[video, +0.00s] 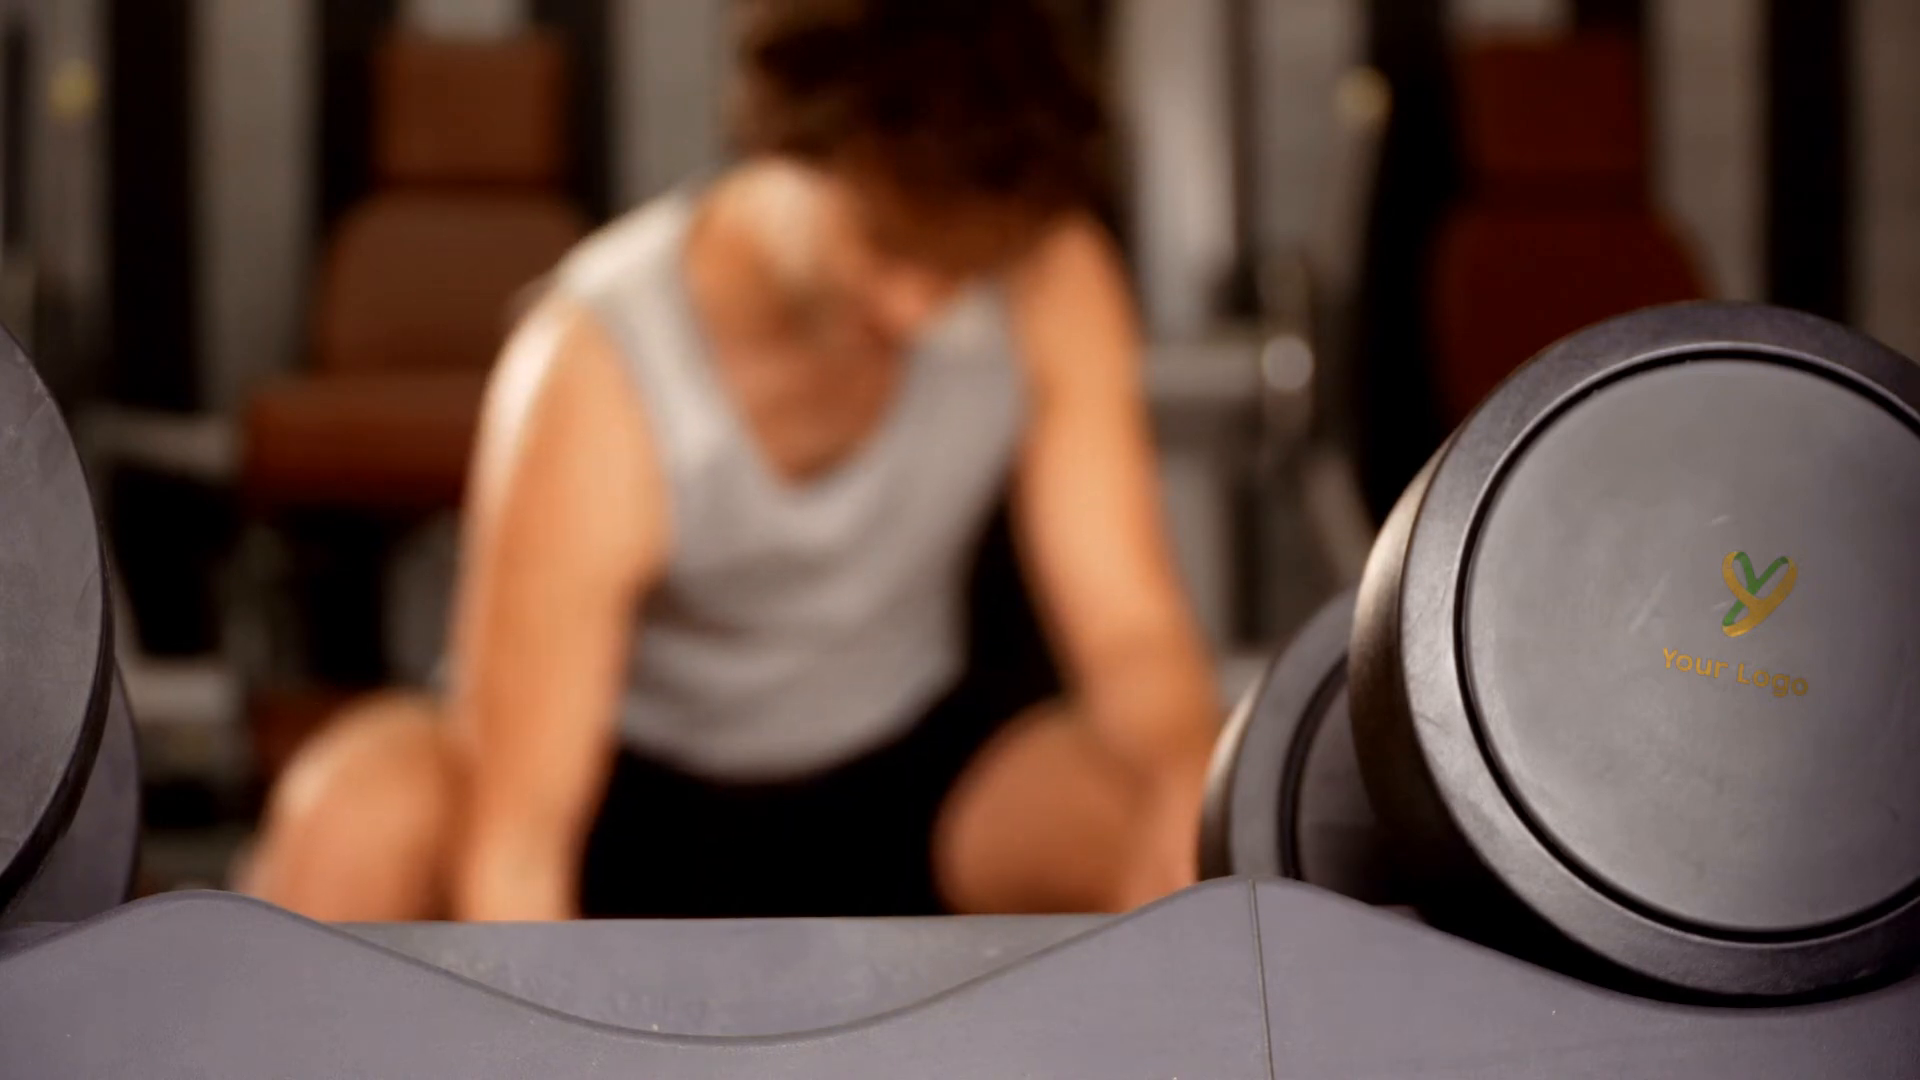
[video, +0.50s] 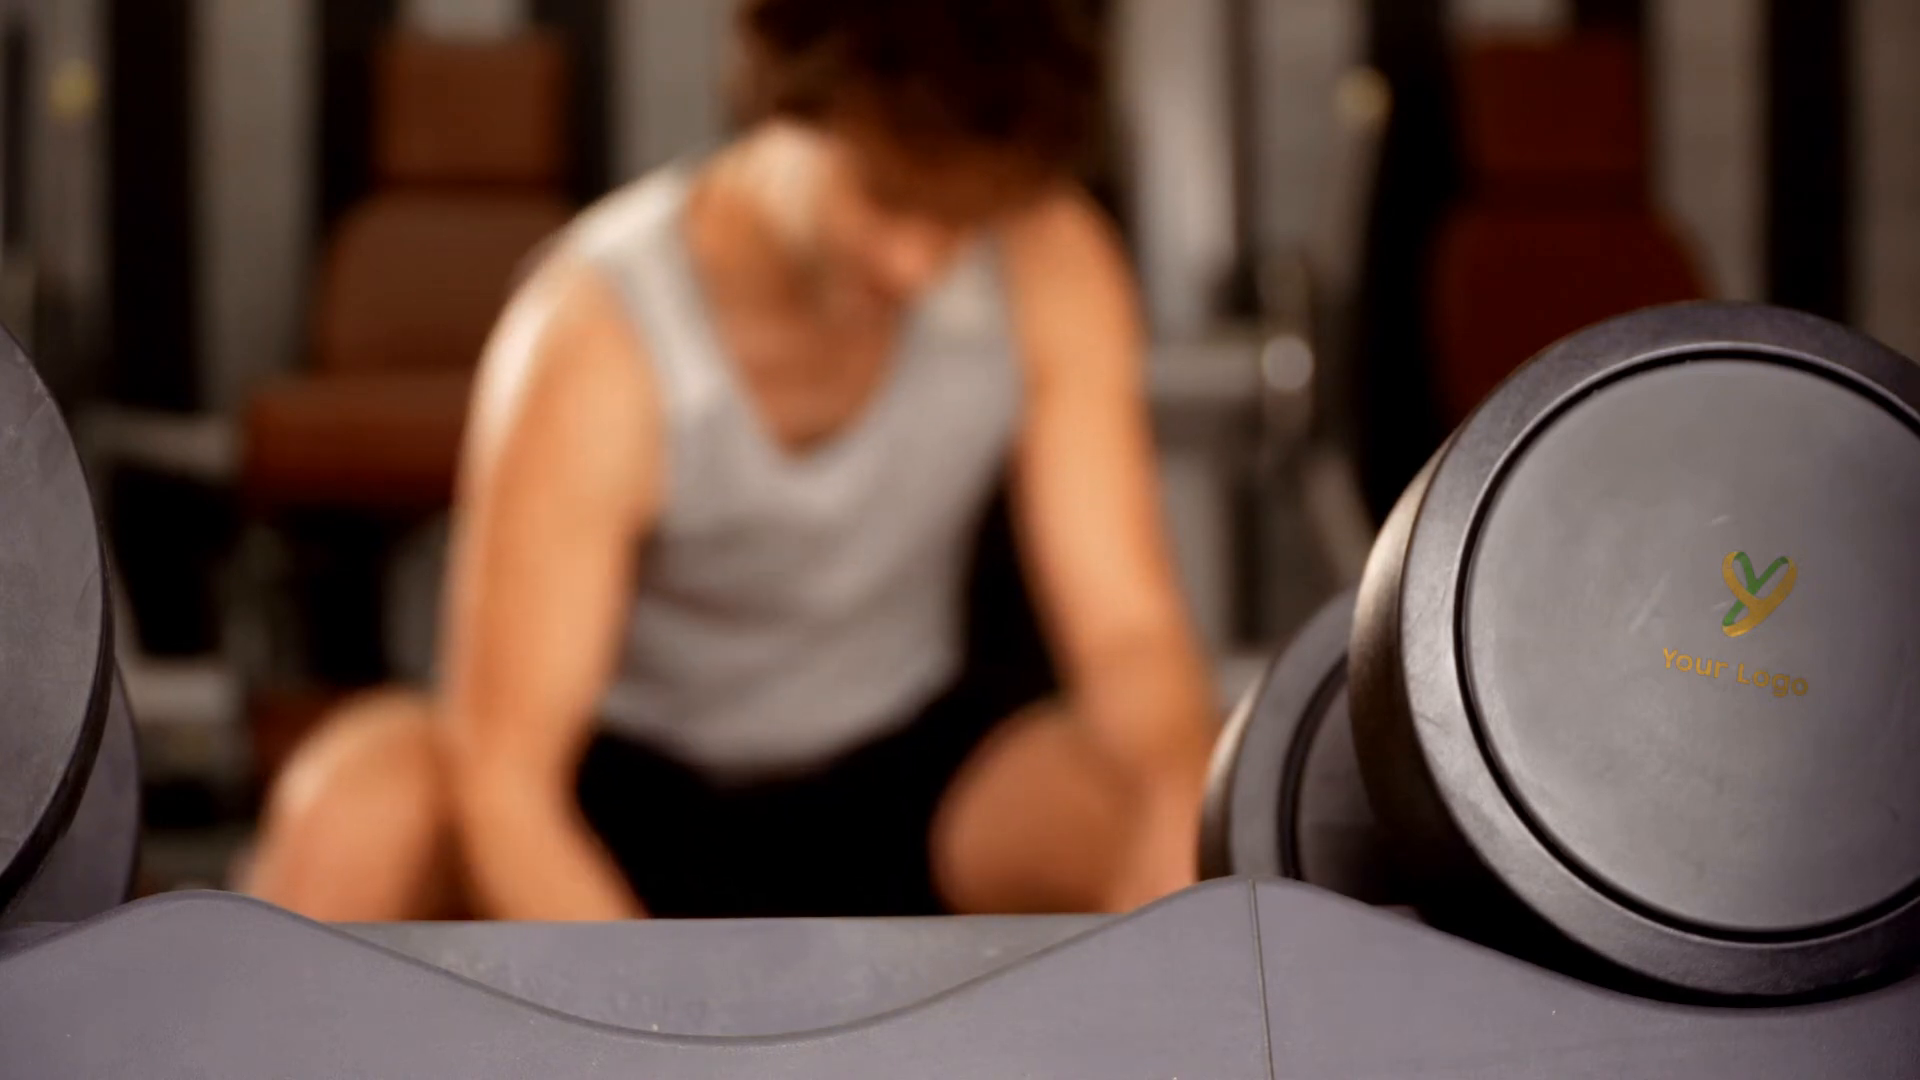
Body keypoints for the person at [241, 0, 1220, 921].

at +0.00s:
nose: (917, 311)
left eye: (968, 267)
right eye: (888, 249)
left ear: (1023, 224)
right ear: (796, 152)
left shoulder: (1044, 269)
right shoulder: (591, 365)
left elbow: (1133, 644)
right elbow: (521, 832)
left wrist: (1203, 843)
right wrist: (531, 1079)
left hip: (900, 785)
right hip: (622, 801)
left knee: (1192, 811)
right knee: (355, 798)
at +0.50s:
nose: (919, 264)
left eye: (970, 220)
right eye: (888, 202)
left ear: (1015, 174)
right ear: (793, 115)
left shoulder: (1044, 254)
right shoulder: (595, 327)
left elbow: (1128, 639)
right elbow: (503, 778)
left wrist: (1183, 863)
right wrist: (662, 1032)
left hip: (898, 780)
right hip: (627, 794)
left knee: (1187, 808)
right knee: (354, 789)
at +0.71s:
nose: (912, 238)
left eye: (961, 192)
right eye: (879, 175)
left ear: (1013, 159)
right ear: (778, 82)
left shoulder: (1044, 256)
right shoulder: (578, 307)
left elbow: (1133, 637)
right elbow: (508, 744)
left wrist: (1182, 851)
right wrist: (721, 897)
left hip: (902, 785)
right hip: (626, 794)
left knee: (1197, 790)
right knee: (369, 793)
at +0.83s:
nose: (908, 231)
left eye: (957, 183)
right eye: (875, 168)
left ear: (1010, 150)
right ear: (777, 76)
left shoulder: (1038, 257)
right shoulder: (556, 309)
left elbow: (1134, 640)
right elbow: (519, 737)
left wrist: (1185, 835)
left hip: (899, 802)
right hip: (619, 800)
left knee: (1193, 787)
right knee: (373, 789)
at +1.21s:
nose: (869, 230)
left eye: (914, 181)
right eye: (834, 169)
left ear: (965, 142)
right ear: (735, 90)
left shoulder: (1001, 257)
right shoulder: (483, 319)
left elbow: (1120, 632)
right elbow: (523, 750)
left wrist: (1180, 884)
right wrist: (745, 704)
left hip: (898, 785)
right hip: (601, 795)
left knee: (1169, 807)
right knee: (371, 805)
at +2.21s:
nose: (875, 205)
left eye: (923, 158)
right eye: (841, 145)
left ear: (983, 123)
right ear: (744, 68)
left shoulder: (1025, 252)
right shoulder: (526, 317)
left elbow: (1126, 638)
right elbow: (520, 732)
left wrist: (1165, 868)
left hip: (905, 795)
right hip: (628, 792)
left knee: (1189, 767)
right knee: (364, 787)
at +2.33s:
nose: (876, 205)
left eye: (926, 161)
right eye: (844, 145)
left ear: (988, 128)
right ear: (752, 70)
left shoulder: (1033, 253)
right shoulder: (541, 325)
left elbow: (1122, 631)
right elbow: (518, 769)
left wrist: (1162, 857)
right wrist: (652, 979)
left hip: (905, 776)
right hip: (619, 785)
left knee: (1187, 808)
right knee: (357, 794)